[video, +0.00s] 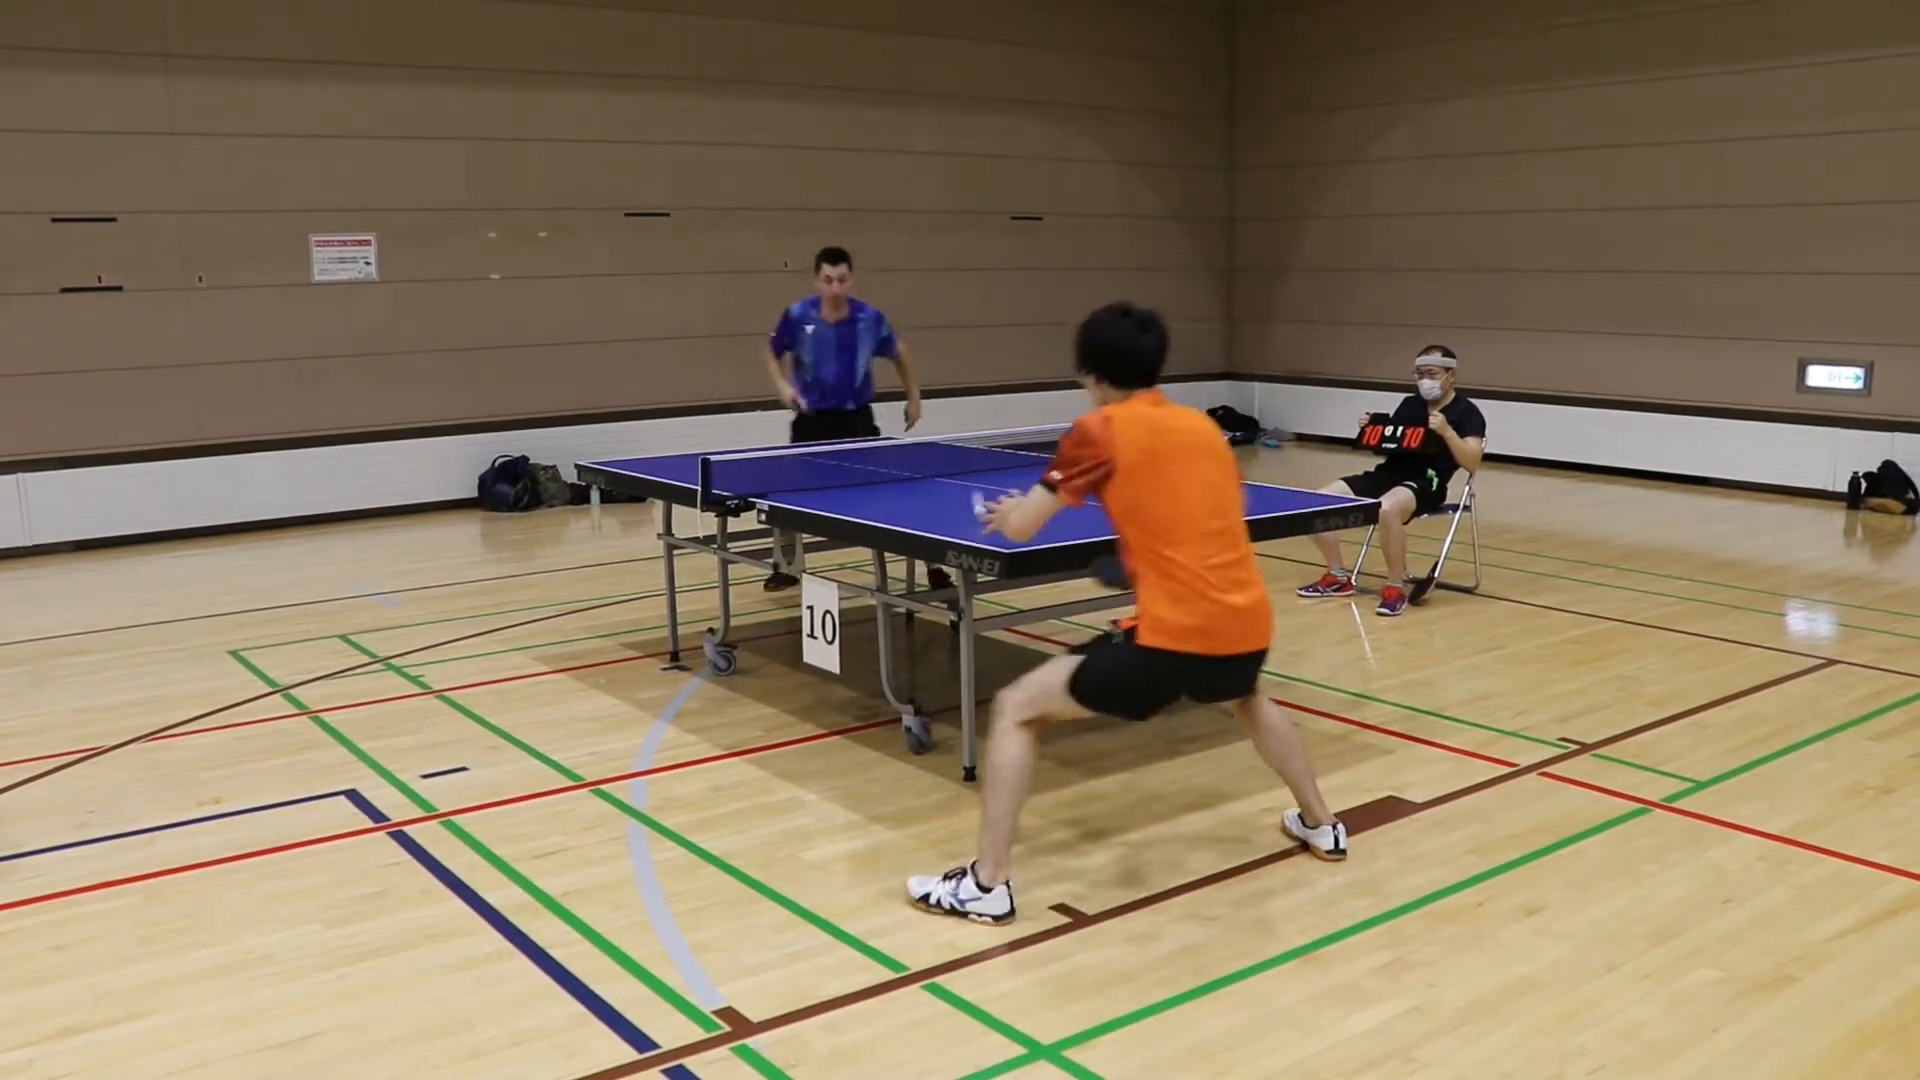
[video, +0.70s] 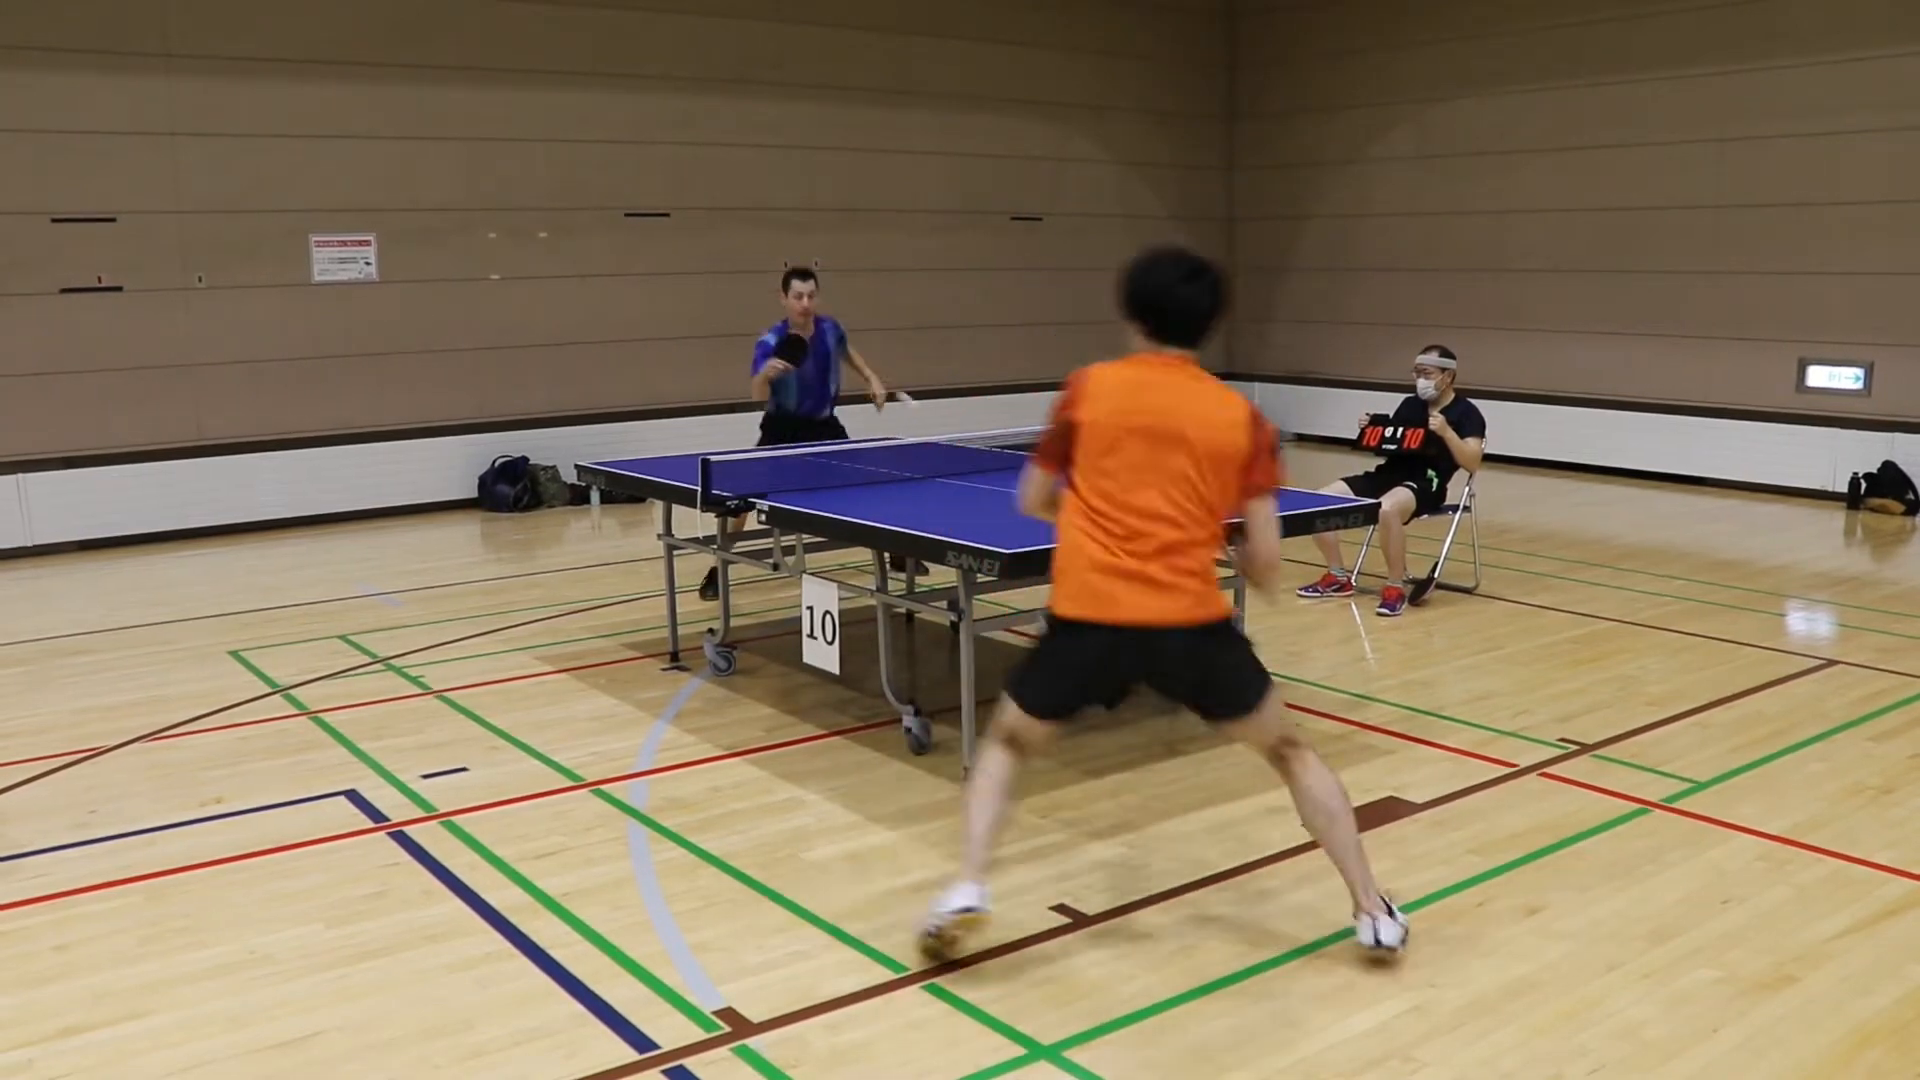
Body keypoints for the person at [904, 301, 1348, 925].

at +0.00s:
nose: (1082, 384)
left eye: (1083, 373)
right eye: (1082, 373)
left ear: (1095, 374)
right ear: (1155, 369)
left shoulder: (1100, 430)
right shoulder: (1205, 427)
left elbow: (1021, 529)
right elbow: (1224, 512)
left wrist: (1007, 514)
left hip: (1168, 644)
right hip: (1248, 637)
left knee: (1015, 707)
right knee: (1250, 698)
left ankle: (987, 880)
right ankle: (1322, 824)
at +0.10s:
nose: (1048, 384)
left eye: (1049, 372)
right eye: (1048, 372)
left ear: (1062, 372)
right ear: (1121, 364)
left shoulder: (1068, 421)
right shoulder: (1168, 422)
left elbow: (995, 512)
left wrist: (978, 499)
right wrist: (1063, 497)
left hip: (1128, 640)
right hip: (1213, 636)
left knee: (983, 706)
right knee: (1236, 711)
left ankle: (982, 880)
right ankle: (1317, 823)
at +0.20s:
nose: (1014, 366)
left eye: (1015, 354)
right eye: (1015, 354)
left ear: (1027, 355)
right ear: (1090, 345)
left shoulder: (1033, 404)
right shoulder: (1133, 409)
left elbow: (944, 492)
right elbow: (1134, 523)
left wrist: (900, 471)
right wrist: (1056, 590)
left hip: (1078, 624)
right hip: (1171, 616)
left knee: (946, 691)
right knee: (1235, 716)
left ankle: (960, 865)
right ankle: (1315, 821)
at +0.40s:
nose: (977, 363)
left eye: (979, 353)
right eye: (984, 352)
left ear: (987, 359)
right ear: (1055, 355)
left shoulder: (977, 431)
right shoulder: (1104, 423)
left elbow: (913, 553)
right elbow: (1184, 479)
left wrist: (884, 562)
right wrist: (1143, 424)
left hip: (1017, 647)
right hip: (1111, 641)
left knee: (906, 739)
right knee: (1165, 748)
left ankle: (850, 900)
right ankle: (1261, 874)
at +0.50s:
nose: (1010, 346)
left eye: (1012, 337)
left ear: (1018, 344)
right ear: (1090, 342)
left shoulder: (993, 421)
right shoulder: (1134, 419)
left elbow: (922, 544)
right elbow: (1203, 517)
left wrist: (925, 542)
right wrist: (1158, 464)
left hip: (1025, 644)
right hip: (1126, 642)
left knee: (920, 743)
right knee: (1194, 749)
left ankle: (851, 901)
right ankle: (1281, 895)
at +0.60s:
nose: (1061, 319)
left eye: (1066, 309)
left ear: (1071, 315)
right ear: (1145, 317)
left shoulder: (1038, 388)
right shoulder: (1184, 399)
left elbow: (966, 500)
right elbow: (1228, 527)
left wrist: (1032, 509)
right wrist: (1174, 486)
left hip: (1056, 618)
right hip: (1163, 614)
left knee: (956, 733)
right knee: (1266, 718)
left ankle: (878, 889)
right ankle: (1316, 887)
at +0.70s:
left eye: (1131, 310)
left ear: (1132, 317)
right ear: (1208, 322)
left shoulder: (1089, 389)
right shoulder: (1239, 416)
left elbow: (1036, 500)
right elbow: (1263, 561)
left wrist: (1106, 512)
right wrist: (1238, 541)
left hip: (1085, 627)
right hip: (1192, 630)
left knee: (1007, 740)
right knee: (1288, 748)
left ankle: (969, 886)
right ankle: (1372, 909)